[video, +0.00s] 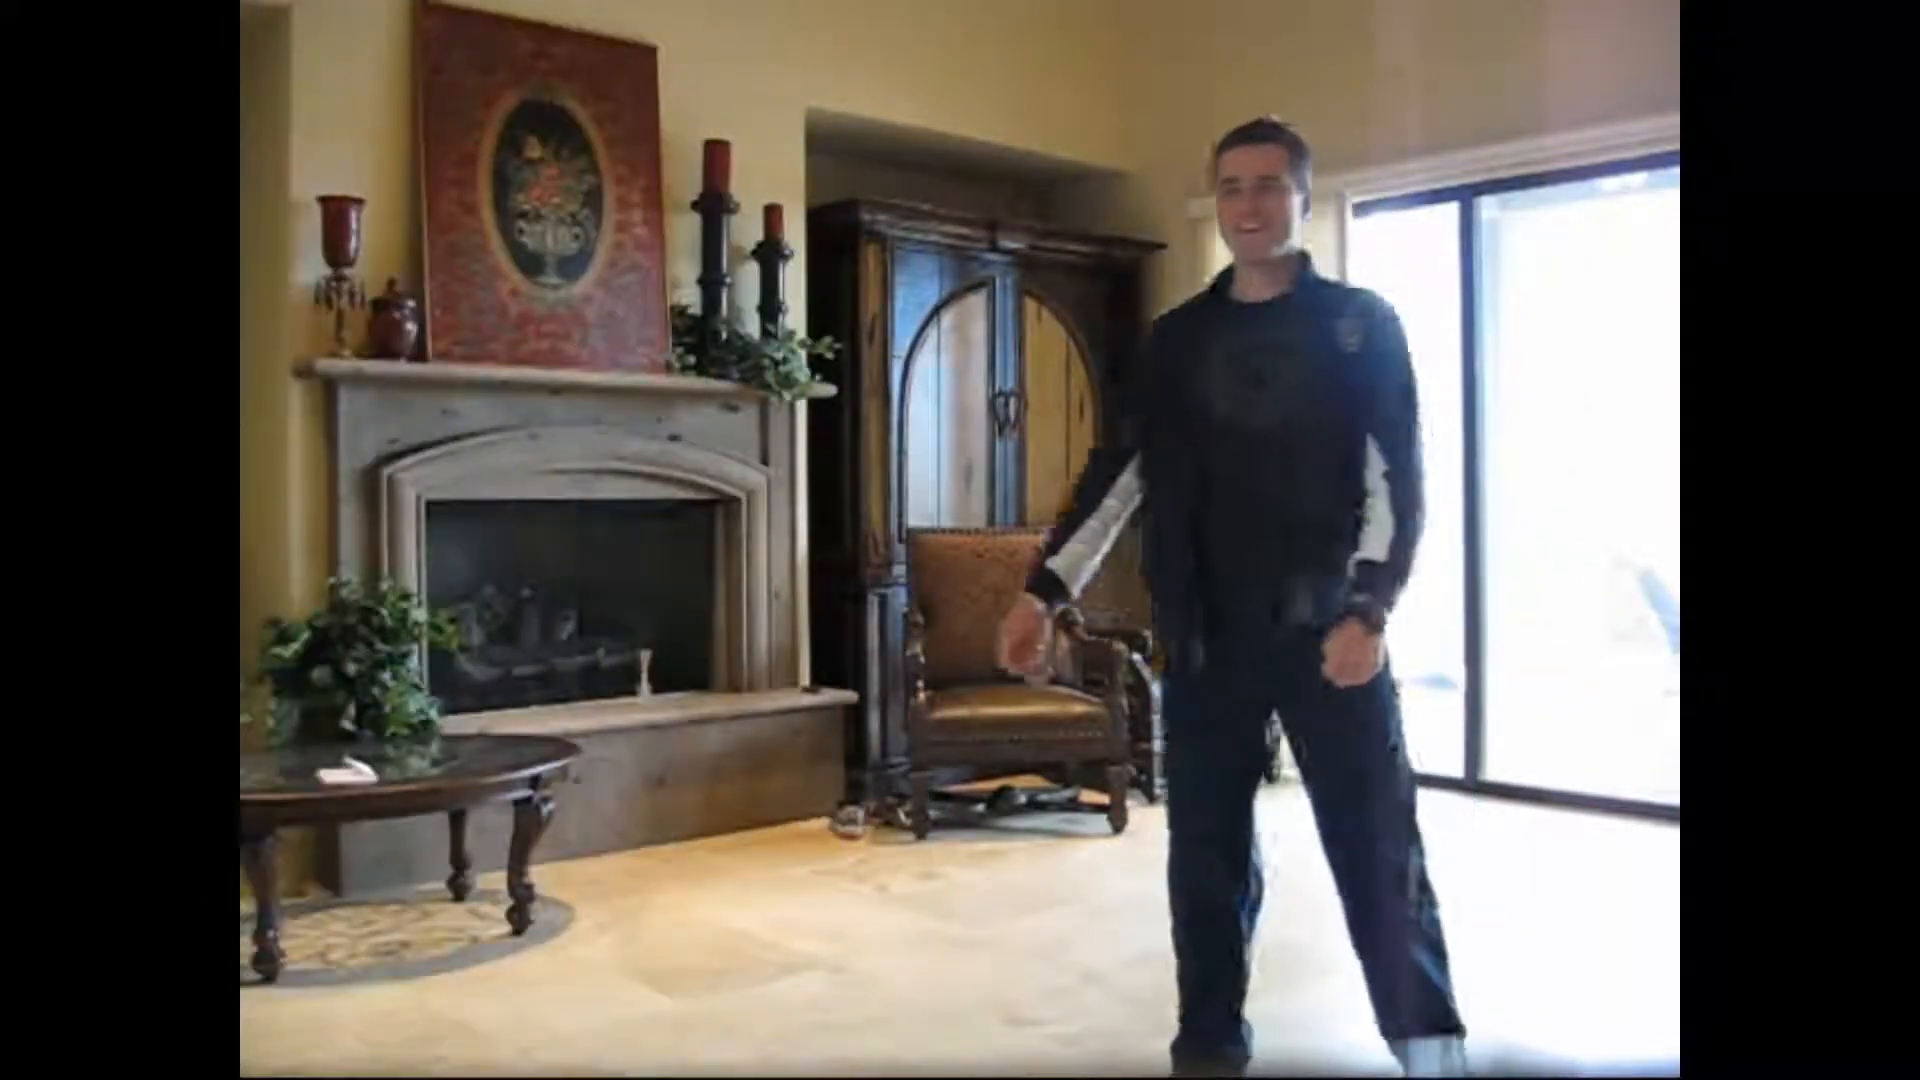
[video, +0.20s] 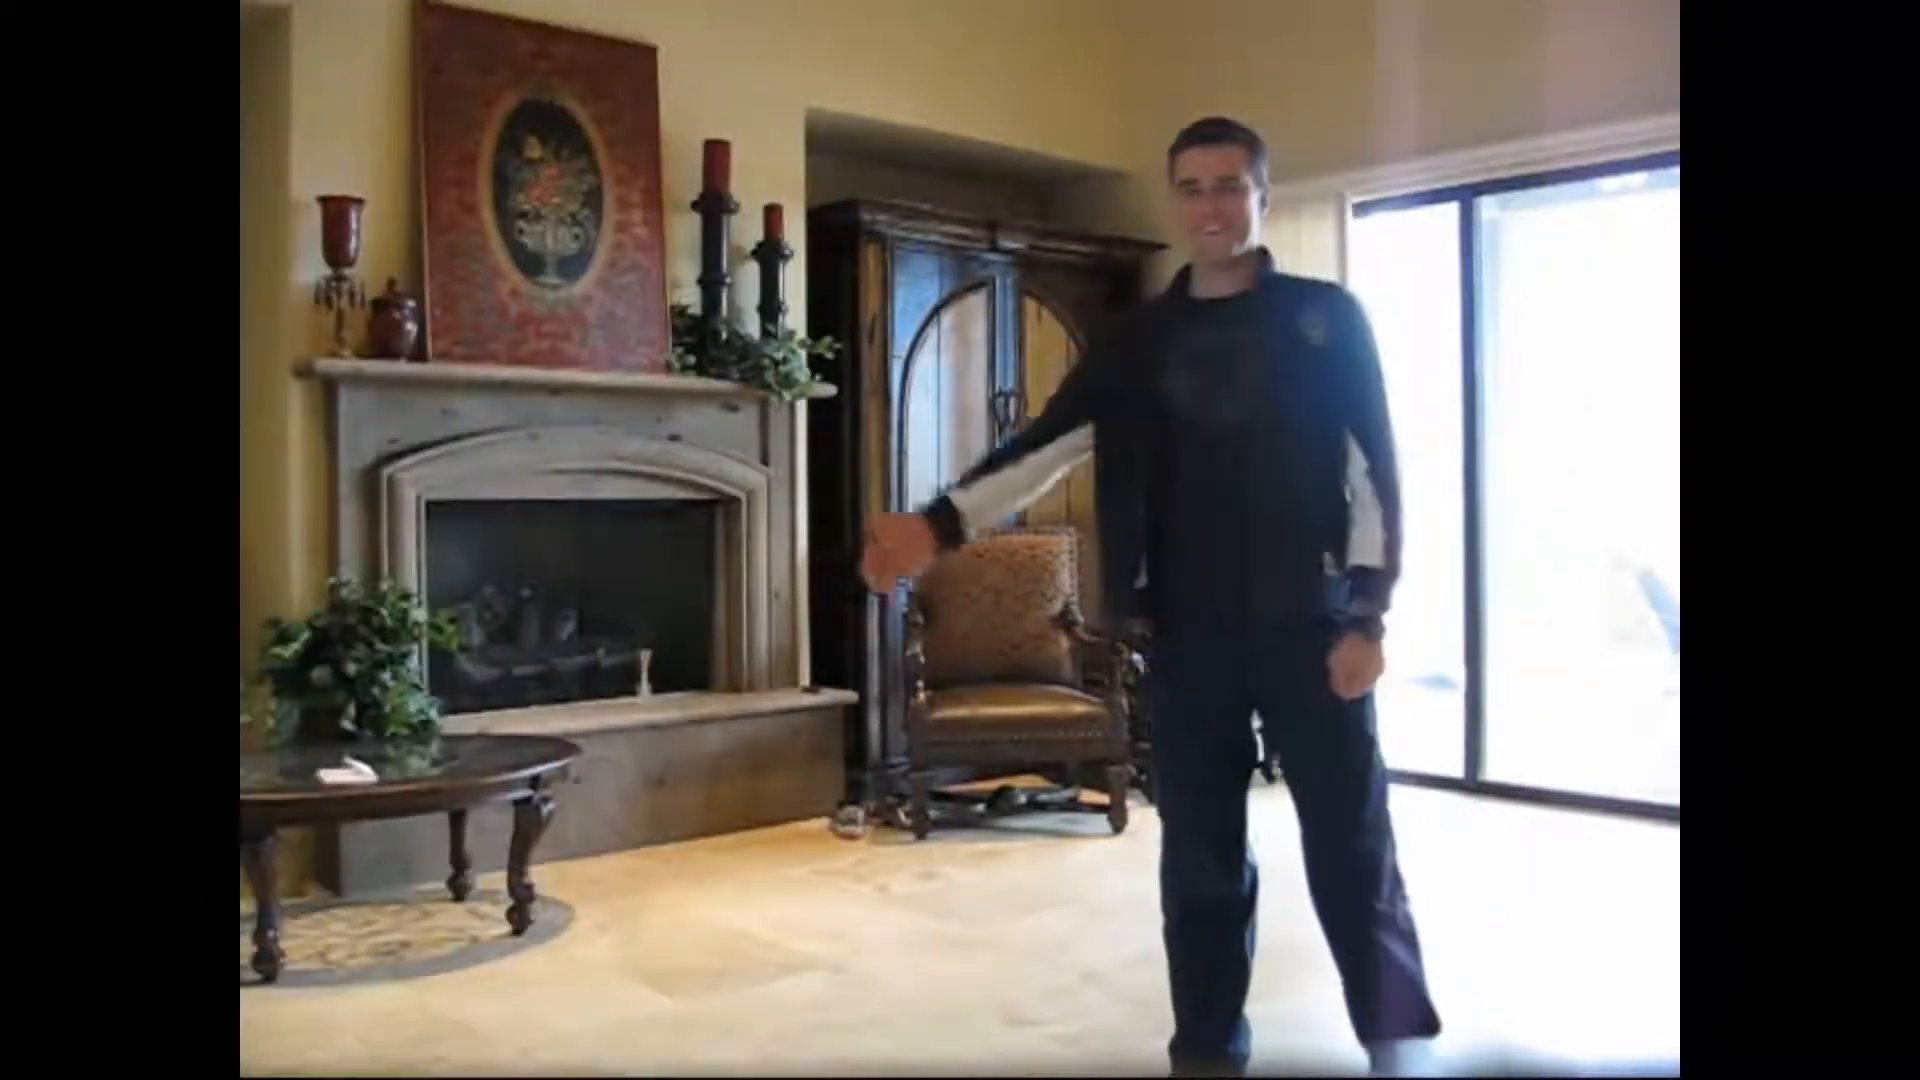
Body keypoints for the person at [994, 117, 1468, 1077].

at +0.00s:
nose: (1252, 204)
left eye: (1270, 185)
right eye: (1235, 188)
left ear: (1302, 198)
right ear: (1215, 205)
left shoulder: (1359, 323)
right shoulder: (1171, 342)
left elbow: (1399, 477)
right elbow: (1114, 479)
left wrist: (1371, 610)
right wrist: (1042, 593)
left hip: (1328, 633)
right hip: (1205, 640)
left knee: (1382, 864)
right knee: (1206, 864)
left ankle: (1432, 1056)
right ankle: (1208, 1054)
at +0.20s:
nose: (1210, 204)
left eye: (1229, 186)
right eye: (1191, 188)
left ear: (1261, 197)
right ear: (1170, 205)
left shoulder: (1325, 316)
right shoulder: (1138, 337)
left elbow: (1375, 471)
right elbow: (1044, 449)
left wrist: (1367, 616)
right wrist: (936, 525)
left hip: (1312, 629)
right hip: (1190, 634)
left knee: (1354, 862)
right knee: (1200, 866)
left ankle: (1403, 1052)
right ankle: (1206, 1056)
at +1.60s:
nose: (1266, 253)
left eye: (1278, 230)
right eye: (1244, 234)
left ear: (1295, 211)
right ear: (1200, 221)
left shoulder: (1343, 315)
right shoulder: (1148, 337)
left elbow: (1429, 450)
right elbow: (1098, 464)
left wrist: (1322, 472)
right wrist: (1041, 508)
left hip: (1325, 639)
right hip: (1205, 640)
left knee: (1327, 862)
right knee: (1210, 862)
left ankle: (1326, 1060)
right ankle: (1209, 1055)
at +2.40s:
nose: (1292, 181)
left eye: (1308, 160)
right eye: (1270, 167)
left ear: (1342, 173)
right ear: (1247, 189)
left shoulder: (1420, 303)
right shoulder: (1210, 325)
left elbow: (1481, 471)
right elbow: (1188, 469)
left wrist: (1410, 571)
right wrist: (1181, 476)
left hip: (1373, 636)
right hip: (1252, 637)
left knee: (1360, 865)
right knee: (1256, 860)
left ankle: (1338, 1059)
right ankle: (1250, 1055)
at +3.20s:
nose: (1158, 258)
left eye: (1171, 228)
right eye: (1134, 248)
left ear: (1219, 228)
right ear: (1125, 271)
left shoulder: (1353, 314)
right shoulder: (1146, 385)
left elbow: (1446, 431)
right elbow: (1141, 504)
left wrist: (1378, 519)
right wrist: (1174, 531)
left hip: (1378, 632)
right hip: (1253, 640)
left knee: (1362, 859)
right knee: (1262, 859)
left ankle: (1342, 1057)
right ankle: (1247, 1058)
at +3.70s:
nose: (1110, 224)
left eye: (1124, 199)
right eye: (1107, 203)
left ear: (1195, 195)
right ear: (1168, 204)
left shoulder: (1335, 287)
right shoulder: (1133, 344)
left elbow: (1430, 423)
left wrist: (1359, 518)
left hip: (1346, 628)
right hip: (1225, 633)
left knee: (1340, 860)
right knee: (1239, 863)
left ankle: (1330, 1059)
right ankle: (1241, 1058)